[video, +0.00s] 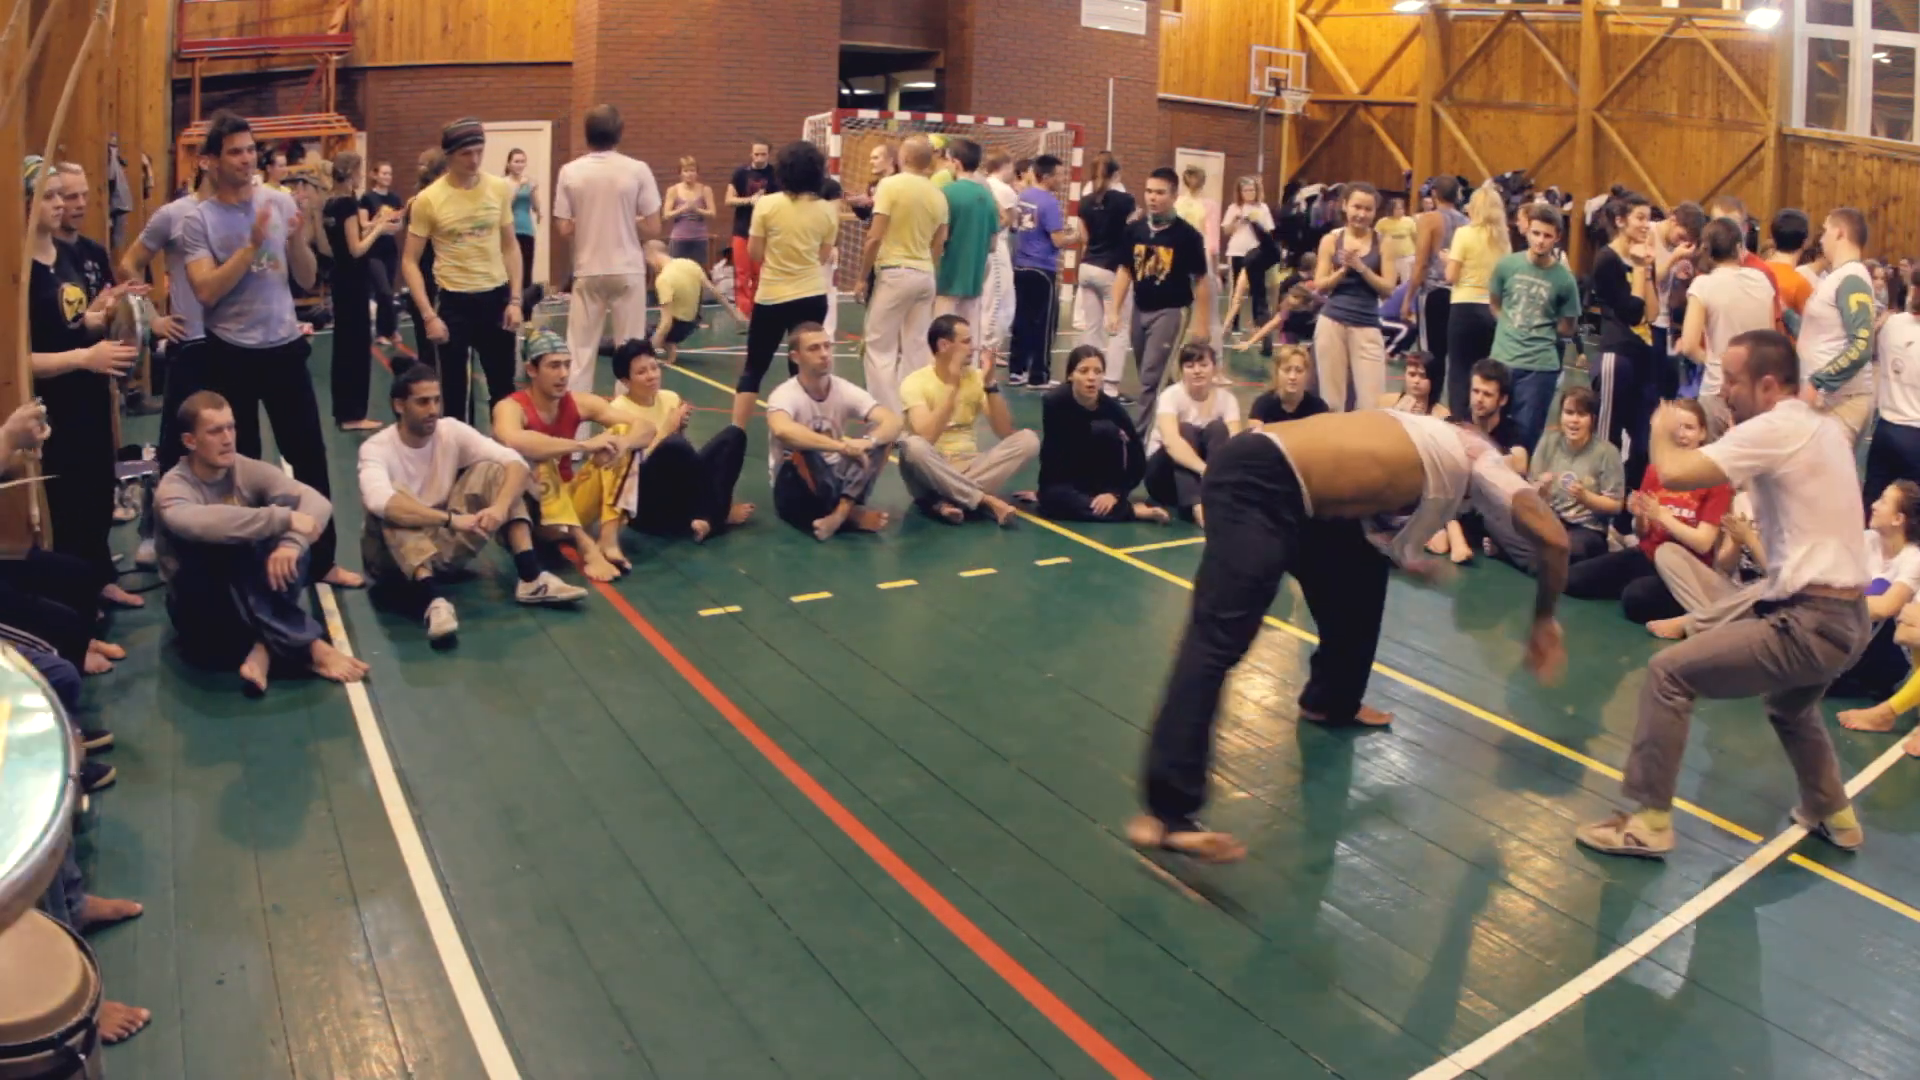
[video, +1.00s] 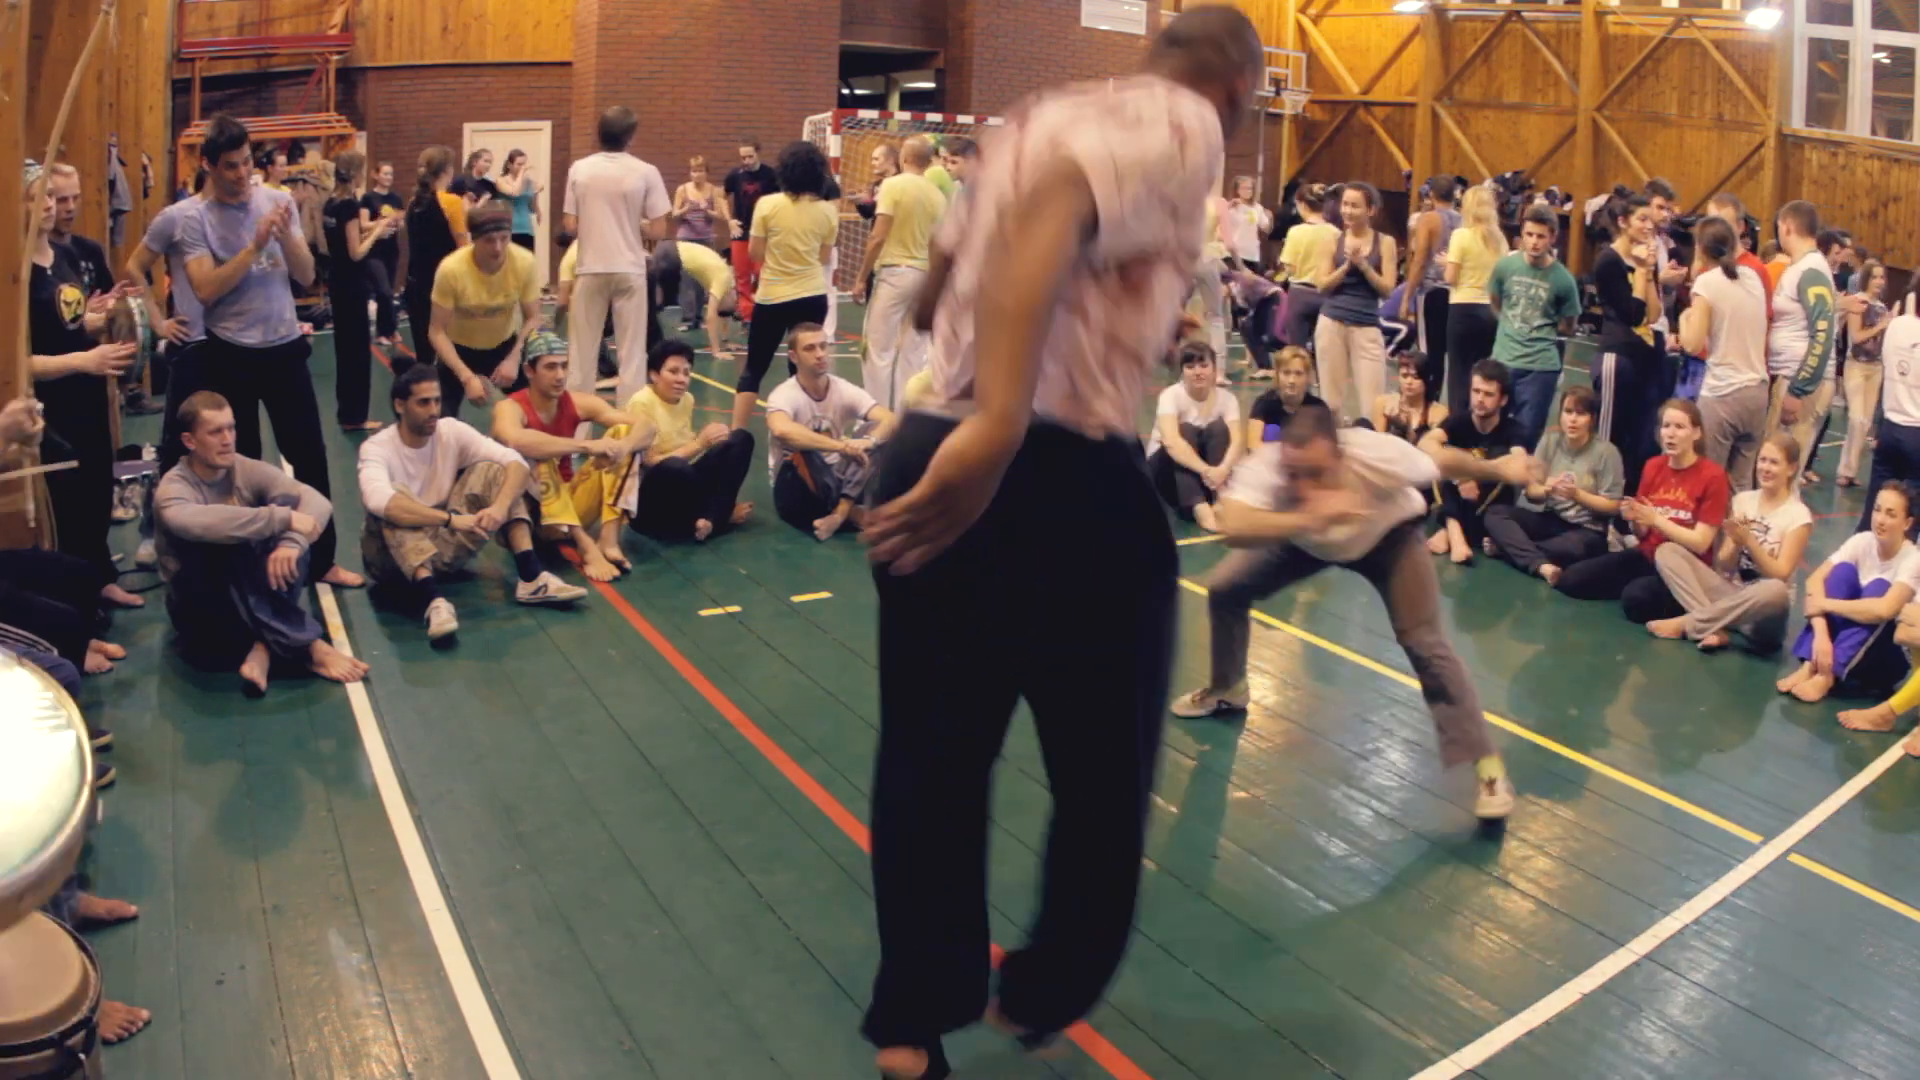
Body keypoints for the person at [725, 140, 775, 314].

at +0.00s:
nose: (759, 158)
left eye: (763, 154)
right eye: (756, 154)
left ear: (769, 155)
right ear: (751, 155)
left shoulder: (773, 174)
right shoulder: (741, 173)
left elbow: (779, 197)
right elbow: (729, 199)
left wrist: (764, 199)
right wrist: (749, 200)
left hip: (765, 230)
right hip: (742, 230)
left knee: (760, 272)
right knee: (742, 273)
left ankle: (759, 310)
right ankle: (743, 312)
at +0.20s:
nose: (755, 158)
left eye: (759, 154)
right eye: (752, 154)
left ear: (765, 155)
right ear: (747, 155)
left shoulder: (773, 175)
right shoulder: (738, 176)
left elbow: (780, 199)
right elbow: (725, 200)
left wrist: (762, 206)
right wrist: (742, 207)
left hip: (766, 230)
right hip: (742, 231)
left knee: (764, 272)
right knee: (744, 274)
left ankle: (763, 312)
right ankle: (746, 313)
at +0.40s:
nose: (749, 157)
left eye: (752, 153)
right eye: (745, 153)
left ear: (760, 153)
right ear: (742, 155)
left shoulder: (769, 174)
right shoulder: (736, 175)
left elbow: (777, 198)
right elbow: (723, 194)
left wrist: (764, 215)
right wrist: (734, 210)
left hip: (764, 229)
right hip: (742, 231)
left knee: (763, 272)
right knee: (743, 275)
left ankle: (762, 312)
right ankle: (746, 314)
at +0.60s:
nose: (745, 158)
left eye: (748, 153)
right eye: (741, 155)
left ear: (756, 153)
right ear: (738, 156)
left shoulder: (768, 173)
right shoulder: (734, 175)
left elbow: (777, 197)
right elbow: (721, 193)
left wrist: (768, 215)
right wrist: (730, 211)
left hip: (763, 229)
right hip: (741, 230)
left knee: (762, 271)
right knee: (742, 273)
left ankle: (763, 311)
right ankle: (745, 314)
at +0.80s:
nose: (744, 159)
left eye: (747, 155)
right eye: (741, 156)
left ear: (755, 154)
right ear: (737, 157)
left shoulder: (767, 173)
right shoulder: (733, 176)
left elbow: (776, 197)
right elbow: (721, 194)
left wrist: (769, 217)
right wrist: (728, 215)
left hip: (763, 229)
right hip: (740, 231)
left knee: (762, 272)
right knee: (742, 275)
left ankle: (764, 310)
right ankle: (746, 313)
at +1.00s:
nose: (746, 161)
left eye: (749, 156)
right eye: (743, 157)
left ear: (758, 154)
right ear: (739, 157)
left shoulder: (769, 174)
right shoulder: (734, 176)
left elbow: (777, 199)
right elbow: (726, 196)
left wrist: (772, 220)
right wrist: (730, 219)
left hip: (764, 228)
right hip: (741, 229)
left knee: (763, 272)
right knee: (741, 275)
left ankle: (764, 310)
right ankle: (745, 312)